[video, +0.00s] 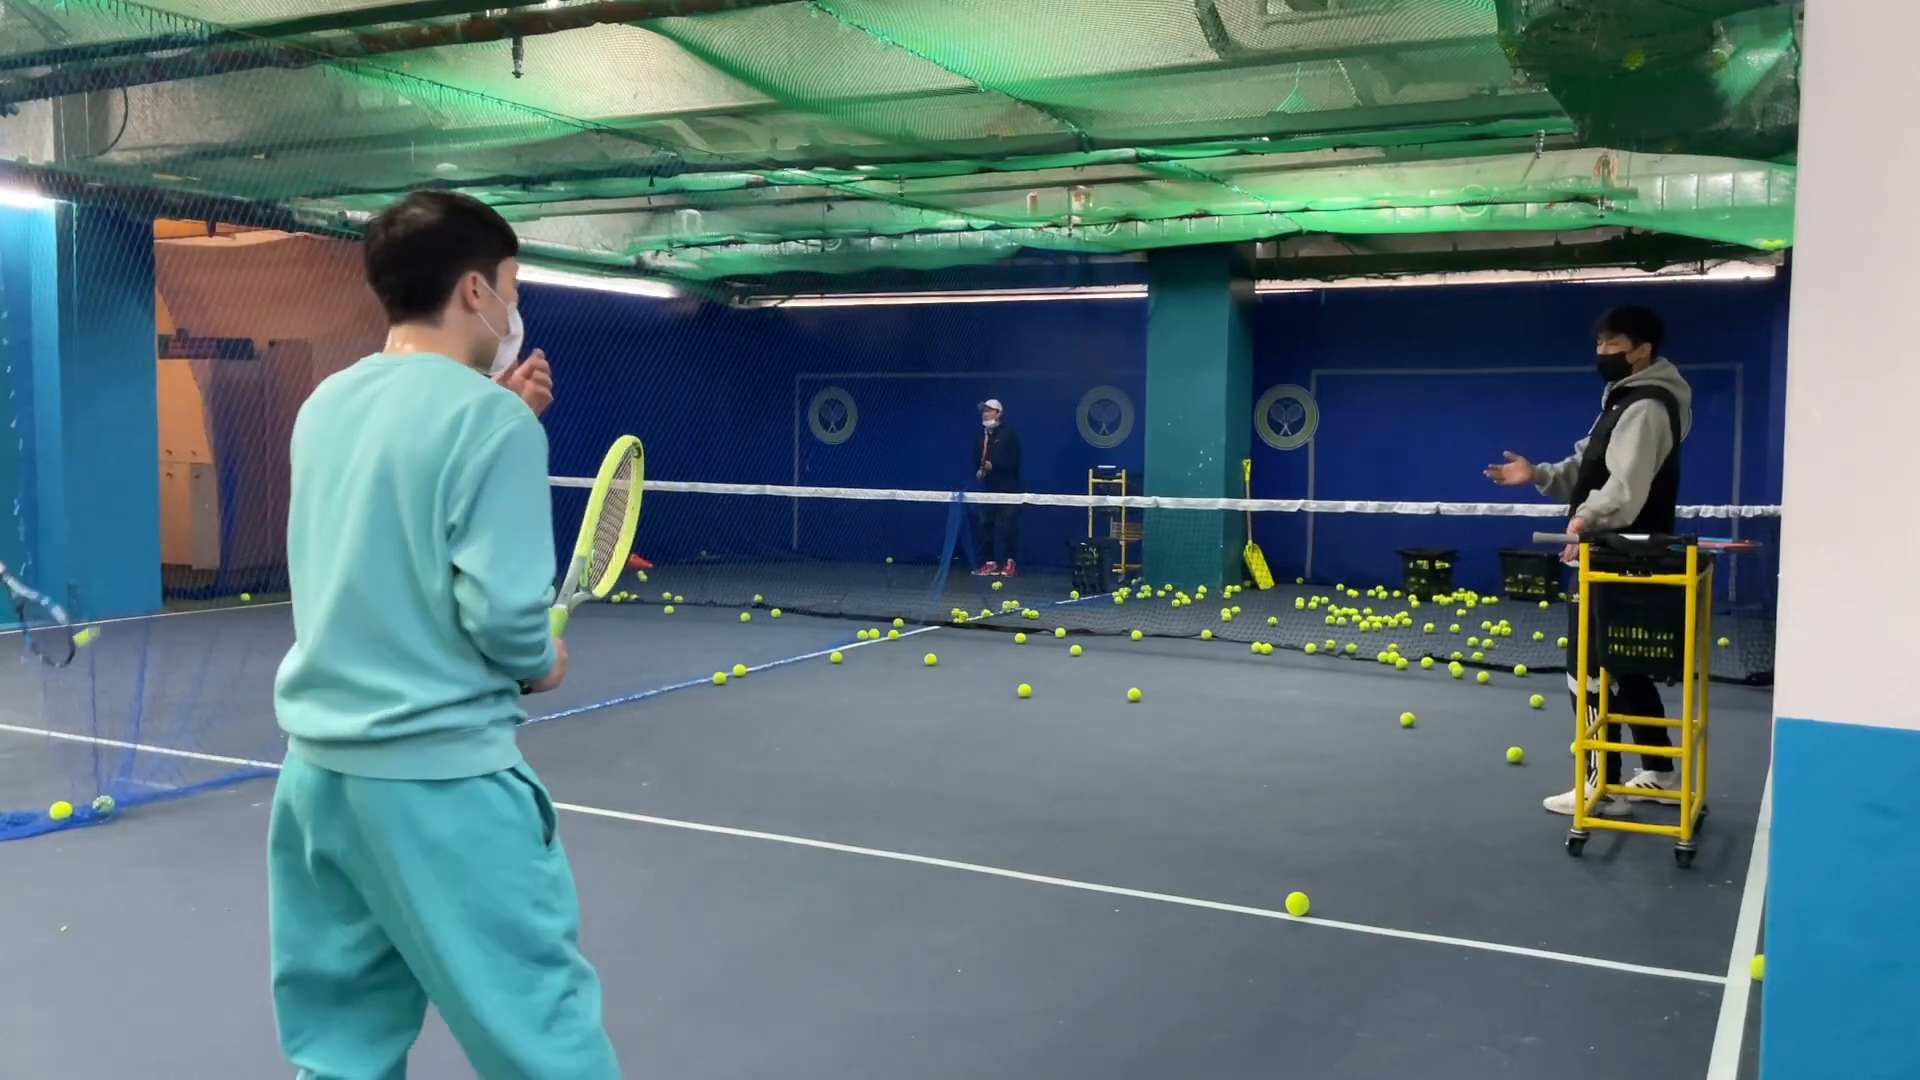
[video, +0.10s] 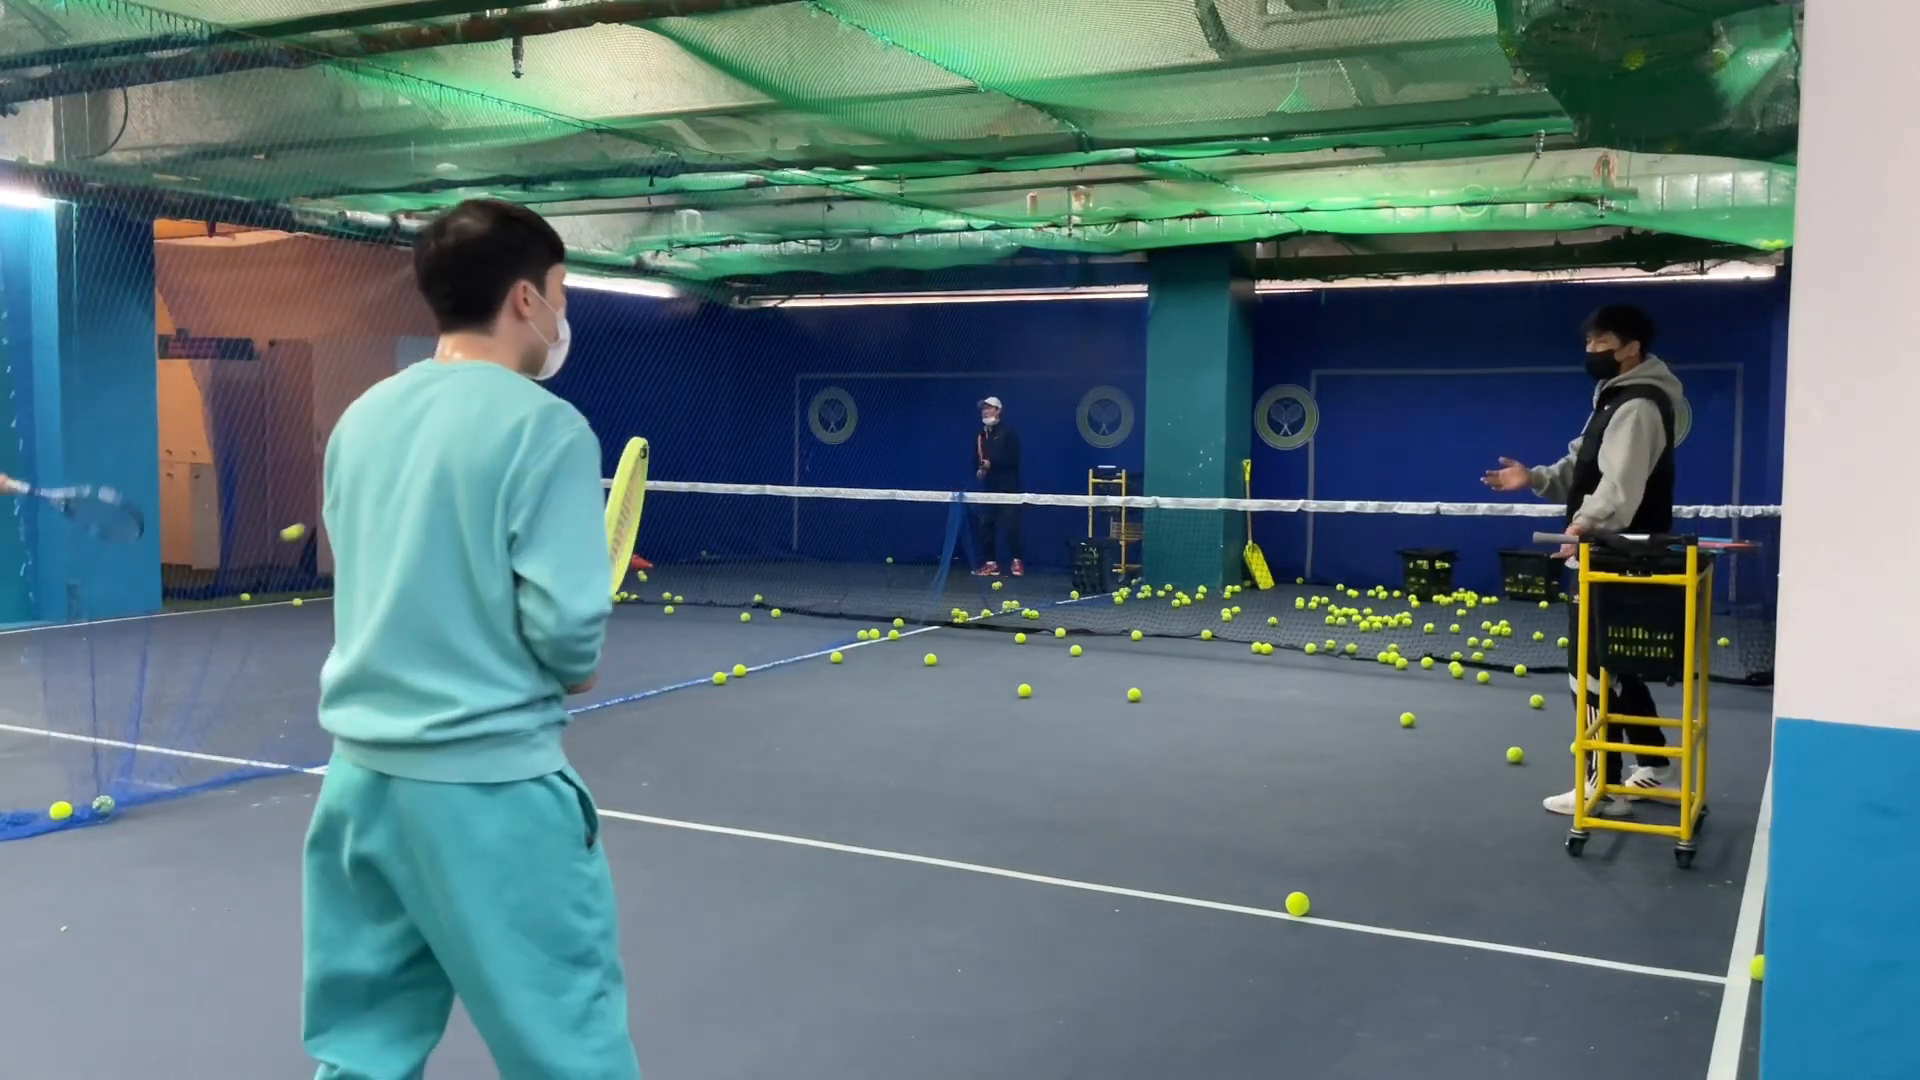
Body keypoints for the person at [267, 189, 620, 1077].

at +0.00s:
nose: (517, 313)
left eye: (518, 291)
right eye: (513, 289)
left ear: (397, 293)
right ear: (474, 289)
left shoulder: (324, 408)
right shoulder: (491, 418)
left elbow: (390, 523)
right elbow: (505, 608)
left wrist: (493, 415)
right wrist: (542, 661)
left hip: (320, 776)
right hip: (446, 785)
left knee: (341, 1036)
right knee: (545, 1030)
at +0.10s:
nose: (566, 322)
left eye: (563, 297)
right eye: (559, 296)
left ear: (441, 302)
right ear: (521, 300)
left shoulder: (360, 420)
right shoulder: (544, 427)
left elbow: (357, 578)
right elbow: (567, 619)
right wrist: (575, 673)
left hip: (361, 788)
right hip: (497, 795)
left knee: (359, 1048)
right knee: (573, 1048)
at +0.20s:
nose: (618, 314)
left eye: (615, 292)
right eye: (611, 291)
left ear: (498, 305)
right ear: (577, 299)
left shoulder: (400, 427)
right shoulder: (598, 430)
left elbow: (382, 588)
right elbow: (630, 623)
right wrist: (580, 673)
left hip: (404, 788)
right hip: (541, 792)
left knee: (388, 1044)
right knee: (599, 1047)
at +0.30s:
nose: (663, 311)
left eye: (661, 291)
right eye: (656, 290)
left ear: (549, 302)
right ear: (622, 301)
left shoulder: (441, 420)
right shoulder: (643, 426)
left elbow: (401, 581)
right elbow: (679, 611)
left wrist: (484, 635)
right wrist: (622, 667)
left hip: (442, 760)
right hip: (575, 768)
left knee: (423, 1005)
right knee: (614, 1024)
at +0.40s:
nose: (694, 312)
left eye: (694, 293)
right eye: (689, 293)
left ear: (579, 305)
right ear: (657, 304)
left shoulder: (472, 417)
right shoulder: (677, 426)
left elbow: (428, 581)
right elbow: (709, 610)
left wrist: (517, 631)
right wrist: (650, 659)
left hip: (462, 760)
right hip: (599, 769)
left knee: (438, 989)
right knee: (630, 1027)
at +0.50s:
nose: (711, 314)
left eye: (712, 295)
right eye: (708, 295)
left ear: (597, 306)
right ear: (678, 305)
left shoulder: (494, 417)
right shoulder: (698, 426)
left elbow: (454, 579)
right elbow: (730, 605)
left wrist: (535, 636)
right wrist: (666, 655)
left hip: (474, 754)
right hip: (612, 764)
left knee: (445, 1006)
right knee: (639, 1029)